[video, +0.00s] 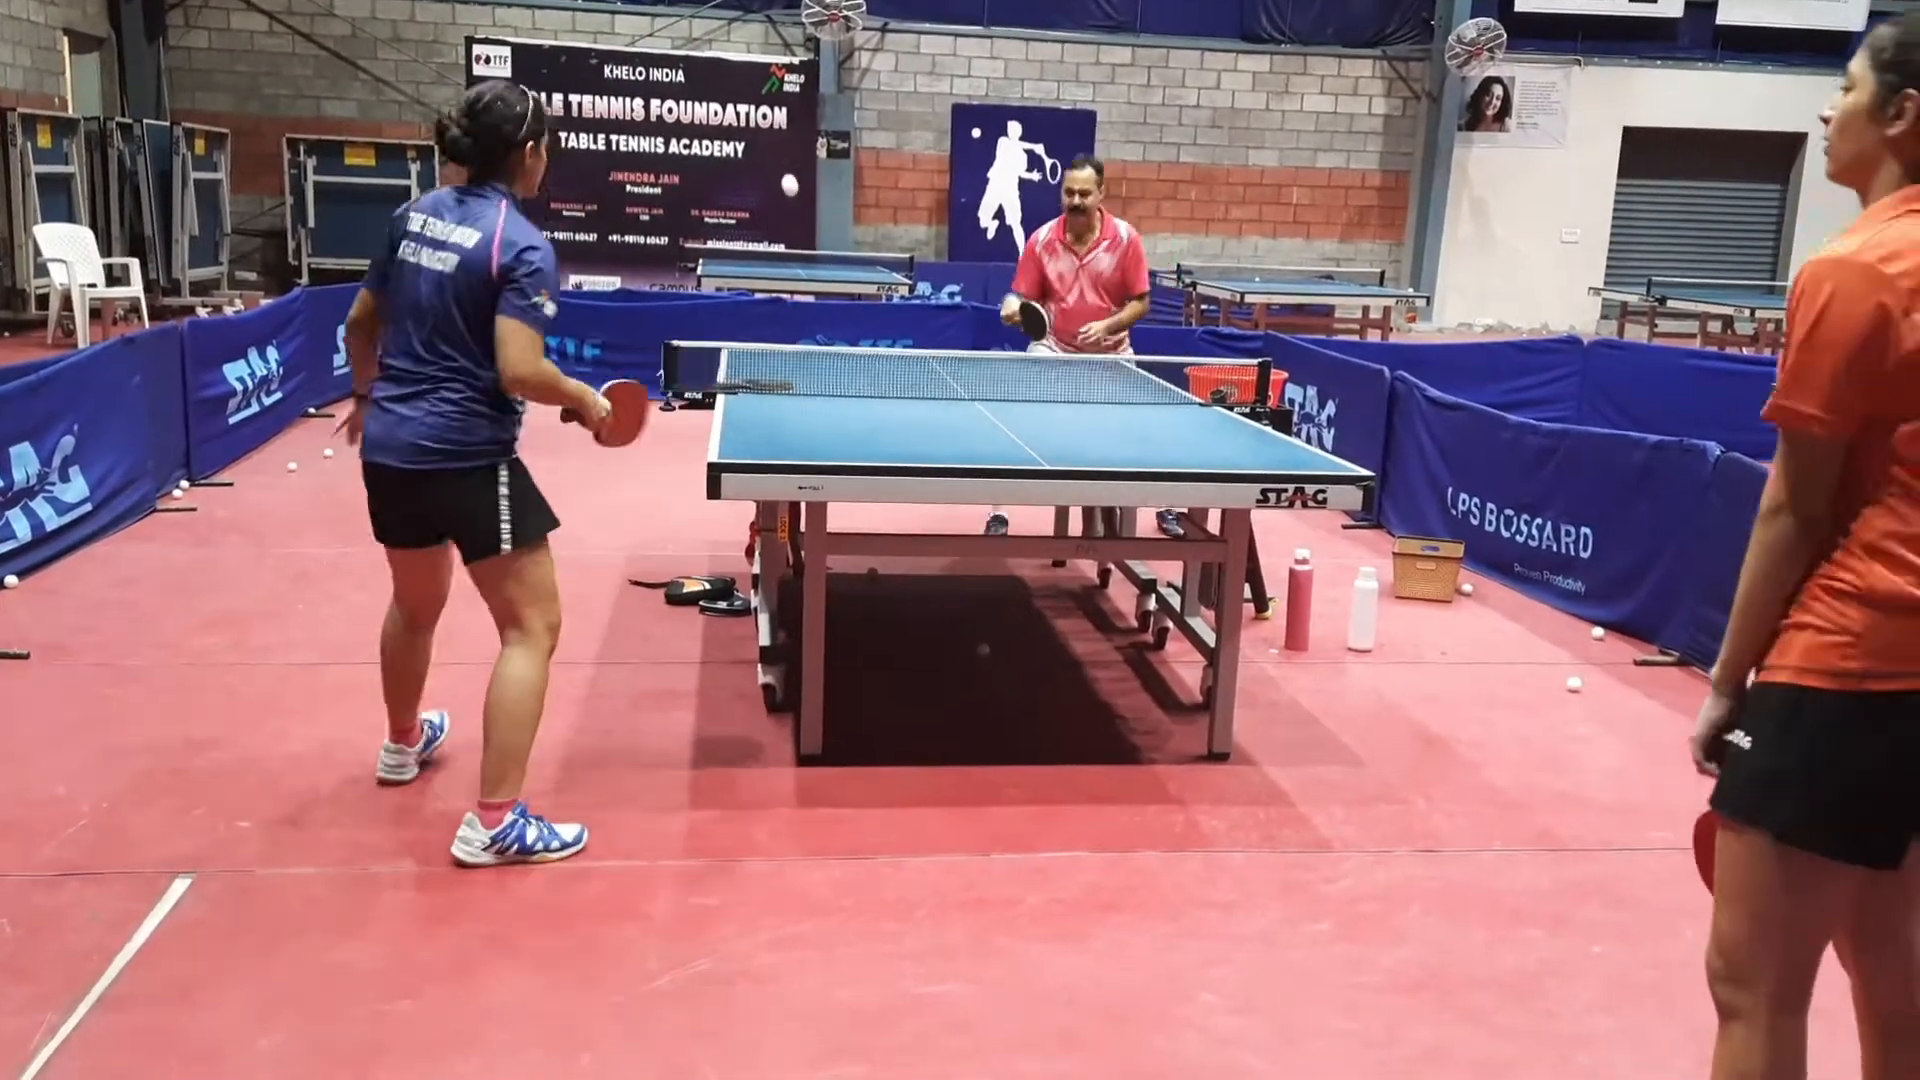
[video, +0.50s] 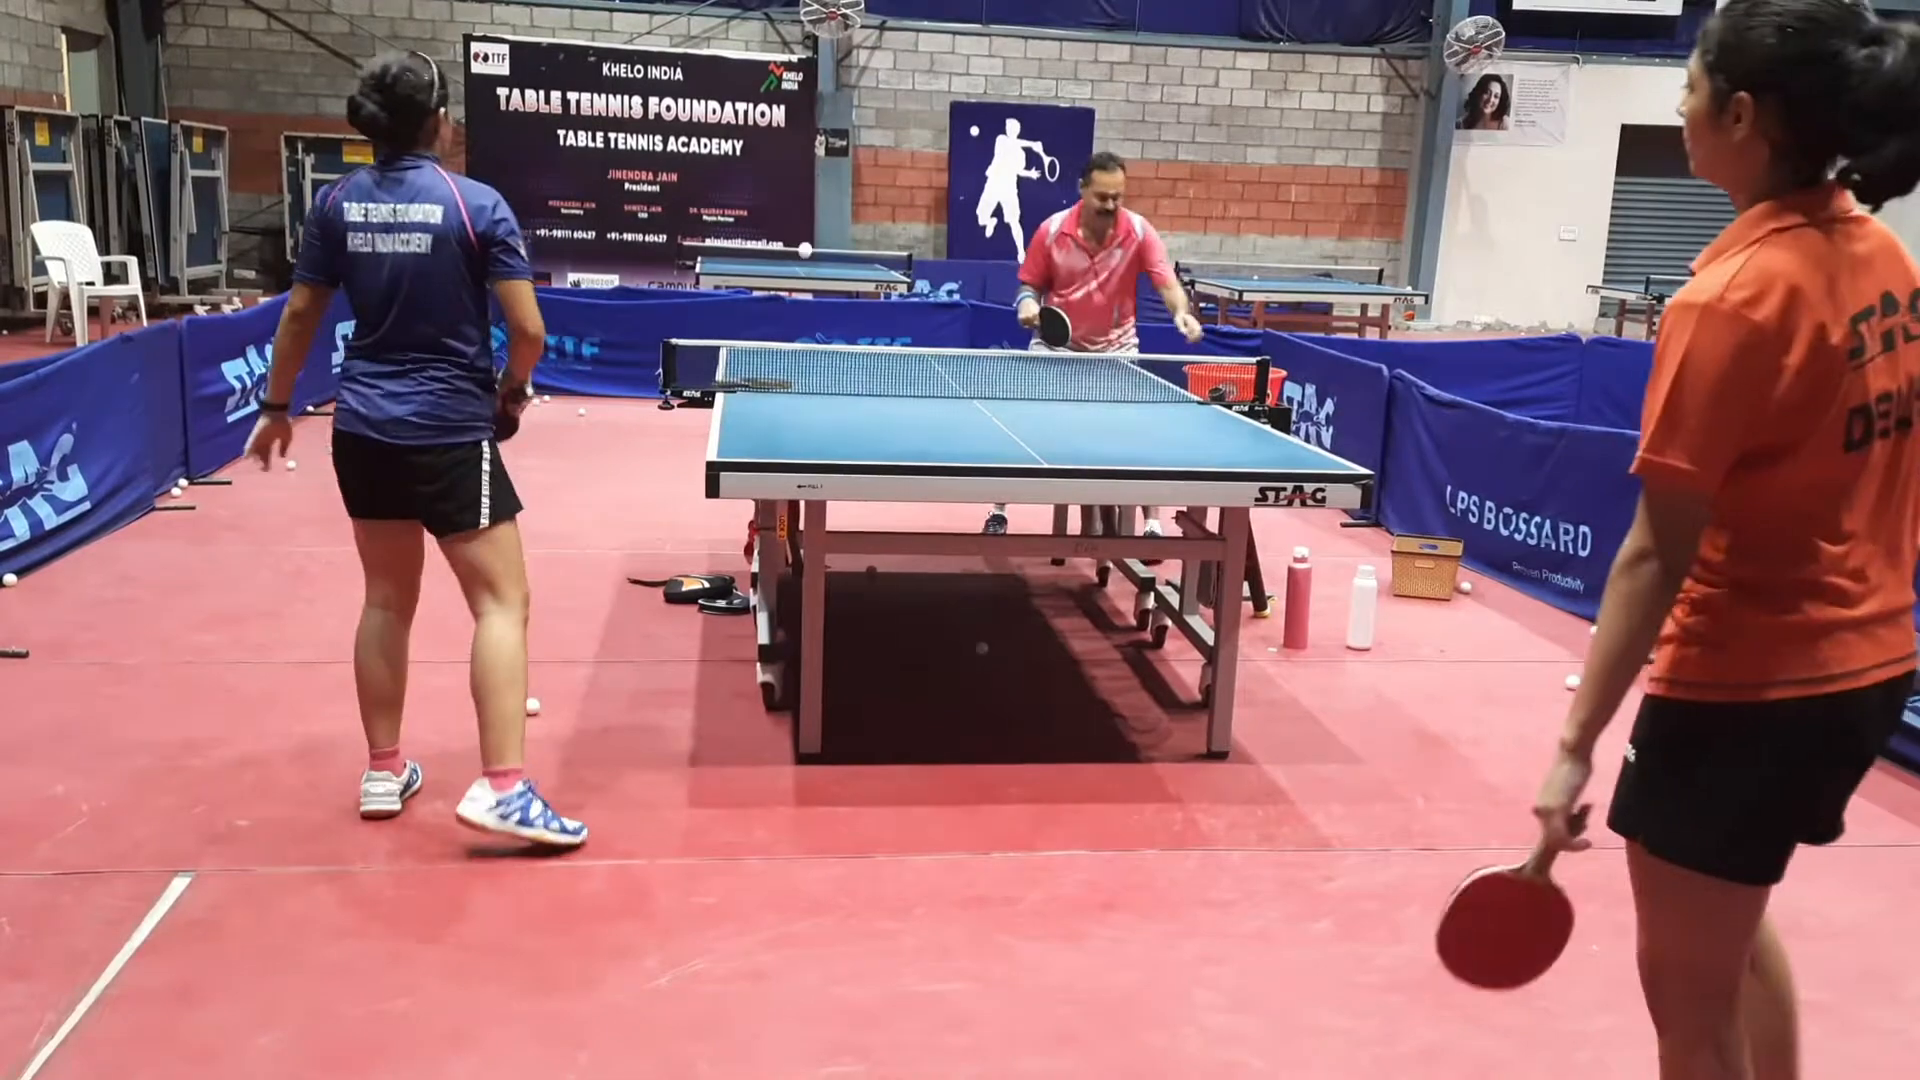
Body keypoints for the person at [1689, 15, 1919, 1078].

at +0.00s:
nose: (1829, 108)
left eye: (1848, 89)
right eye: (1840, 86)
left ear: (1900, 114)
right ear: (1906, 115)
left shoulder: (1861, 270)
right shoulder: (1899, 256)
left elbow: (1795, 509)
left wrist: (1726, 681)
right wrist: (1735, 677)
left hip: (1838, 673)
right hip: (1908, 676)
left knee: (1752, 995)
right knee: (1895, 981)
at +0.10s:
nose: (1792, 103)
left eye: (1811, 83)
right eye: (1804, 80)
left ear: (1865, 114)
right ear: (1876, 119)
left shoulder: (1834, 271)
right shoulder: (1901, 251)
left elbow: (1765, 517)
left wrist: (1689, 691)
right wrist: (1705, 686)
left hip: (1809, 681)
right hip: (1898, 679)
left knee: (1731, 987)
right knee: (1874, 965)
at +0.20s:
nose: (1757, 101)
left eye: (1776, 83)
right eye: (1768, 78)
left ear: (1829, 118)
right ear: (1851, 123)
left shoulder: (1800, 286)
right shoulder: (1902, 252)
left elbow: (1739, 533)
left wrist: (1655, 710)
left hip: (1784, 690)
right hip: (1891, 685)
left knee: (1708, 988)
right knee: (1860, 967)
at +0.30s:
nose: (1729, 100)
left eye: (1744, 82)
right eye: (1739, 77)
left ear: (1796, 116)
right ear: (1828, 121)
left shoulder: (1769, 292)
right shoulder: (1896, 253)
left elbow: (1716, 537)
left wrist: (1632, 725)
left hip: (1762, 694)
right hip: (1879, 684)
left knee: (1686, 983)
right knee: (1827, 943)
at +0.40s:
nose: (1702, 100)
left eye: (1718, 82)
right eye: (1713, 78)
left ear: (1767, 119)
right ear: (1813, 123)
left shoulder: (1740, 302)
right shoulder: (1890, 255)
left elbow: (1686, 553)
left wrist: (1604, 737)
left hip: (1752, 697)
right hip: (1874, 678)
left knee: (1684, 989)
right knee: (1782, 924)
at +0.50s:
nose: (1681, 110)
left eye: (1694, 91)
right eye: (1689, 88)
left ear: (1744, 116)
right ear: (1801, 122)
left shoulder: (1728, 301)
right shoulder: (1879, 249)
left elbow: (1657, 553)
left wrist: (1575, 742)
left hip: (1743, 692)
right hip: (1863, 672)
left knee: (1692, 1002)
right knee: (1734, 914)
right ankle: (1769, 1078)